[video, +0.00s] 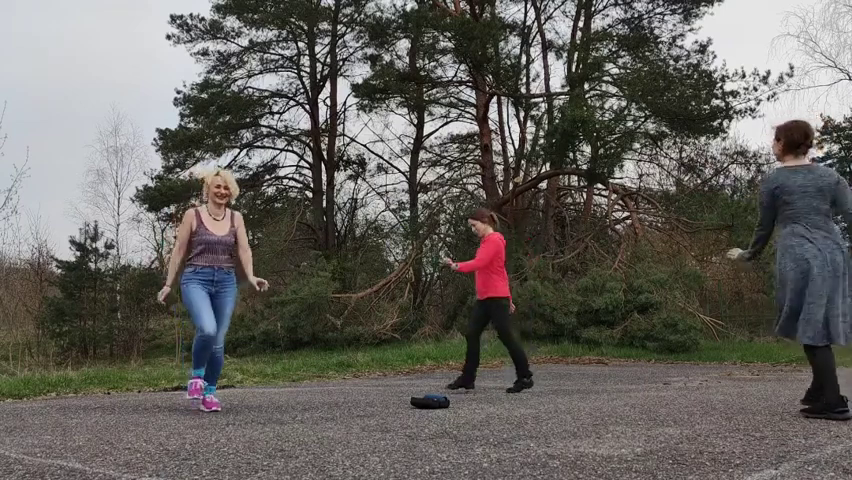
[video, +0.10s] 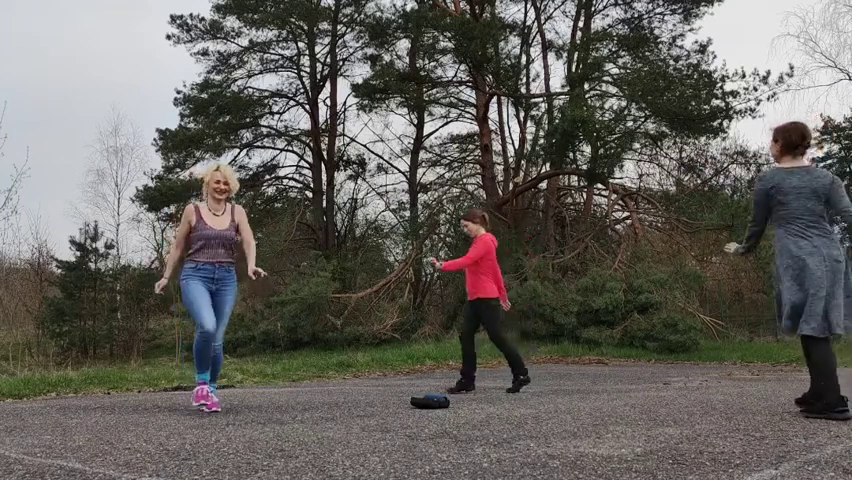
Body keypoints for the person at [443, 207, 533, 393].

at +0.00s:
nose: (473, 230)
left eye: (475, 225)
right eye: (472, 227)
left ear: (486, 222)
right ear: (480, 225)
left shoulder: (495, 240)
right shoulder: (488, 242)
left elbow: (480, 263)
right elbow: (501, 272)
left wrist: (456, 266)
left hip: (497, 298)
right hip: (485, 298)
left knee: (507, 336)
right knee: (472, 334)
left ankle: (525, 377)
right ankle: (467, 378)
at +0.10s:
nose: (465, 230)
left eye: (467, 226)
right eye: (464, 227)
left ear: (478, 223)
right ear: (475, 225)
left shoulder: (485, 241)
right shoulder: (482, 241)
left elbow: (468, 260)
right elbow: (495, 269)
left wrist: (442, 266)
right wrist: (502, 294)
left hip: (487, 298)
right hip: (475, 299)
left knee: (497, 336)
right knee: (466, 336)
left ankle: (521, 375)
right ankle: (467, 380)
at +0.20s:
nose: (456, 230)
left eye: (458, 226)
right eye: (455, 227)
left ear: (469, 224)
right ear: (468, 226)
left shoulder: (475, 244)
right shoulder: (475, 244)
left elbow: (457, 267)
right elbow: (484, 275)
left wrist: (434, 276)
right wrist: (487, 300)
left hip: (472, 300)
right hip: (466, 300)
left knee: (474, 340)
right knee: (463, 341)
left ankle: (509, 369)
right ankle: (468, 382)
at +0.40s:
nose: (437, 229)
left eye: (439, 225)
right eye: (436, 225)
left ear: (449, 224)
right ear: (446, 226)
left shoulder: (458, 244)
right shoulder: (445, 246)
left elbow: (456, 275)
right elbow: (440, 279)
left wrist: (450, 299)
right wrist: (427, 300)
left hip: (452, 300)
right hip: (443, 299)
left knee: (430, 335)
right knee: (456, 340)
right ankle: (467, 382)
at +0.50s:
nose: (426, 227)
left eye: (429, 223)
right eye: (426, 224)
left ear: (440, 223)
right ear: (435, 225)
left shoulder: (448, 244)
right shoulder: (433, 246)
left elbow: (457, 271)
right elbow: (425, 278)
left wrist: (460, 299)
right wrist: (406, 295)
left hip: (441, 299)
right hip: (434, 299)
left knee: (421, 337)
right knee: (447, 338)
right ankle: (465, 378)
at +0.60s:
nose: (417, 227)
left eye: (420, 224)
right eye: (416, 224)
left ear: (430, 224)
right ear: (424, 225)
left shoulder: (438, 245)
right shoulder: (423, 248)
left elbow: (451, 271)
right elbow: (414, 280)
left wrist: (458, 298)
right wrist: (394, 295)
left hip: (428, 299)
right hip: (419, 299)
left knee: (414, 338)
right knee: (421, 340)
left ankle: (419, 382)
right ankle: (454, 371)